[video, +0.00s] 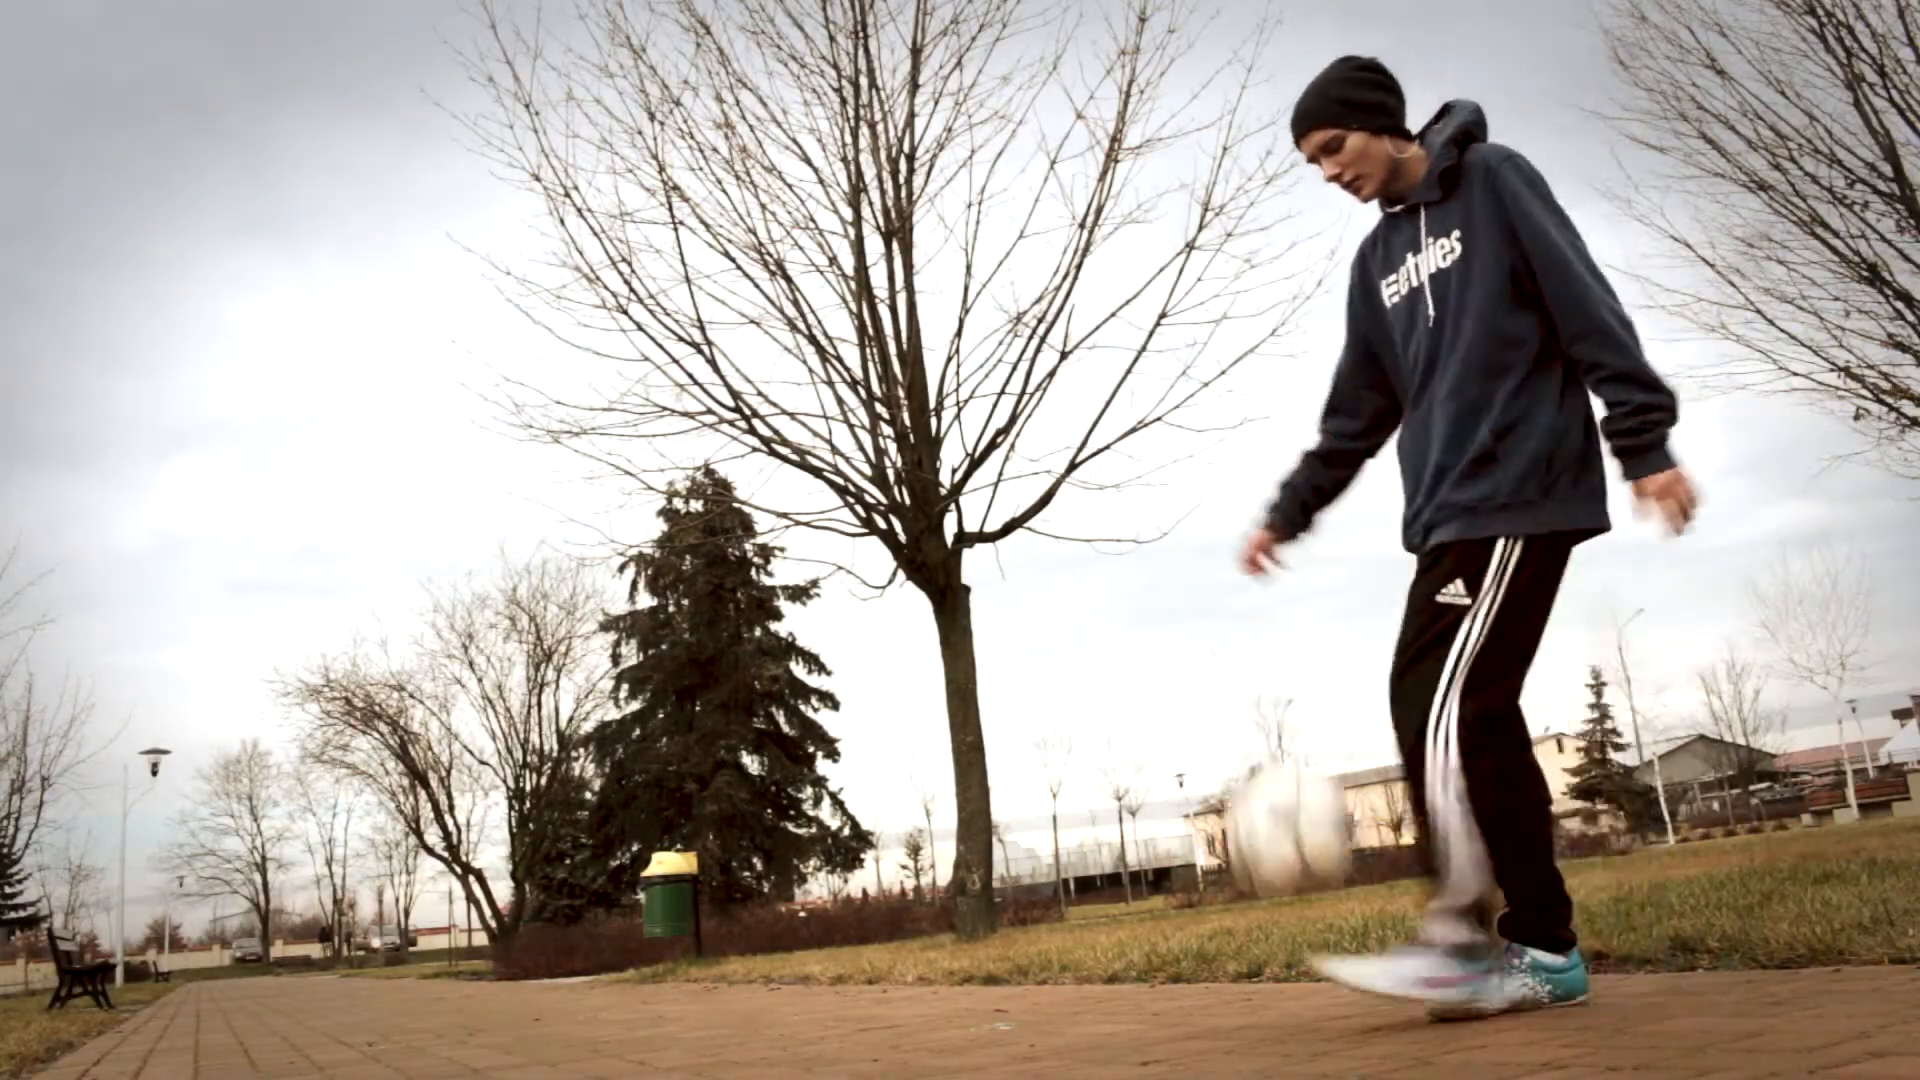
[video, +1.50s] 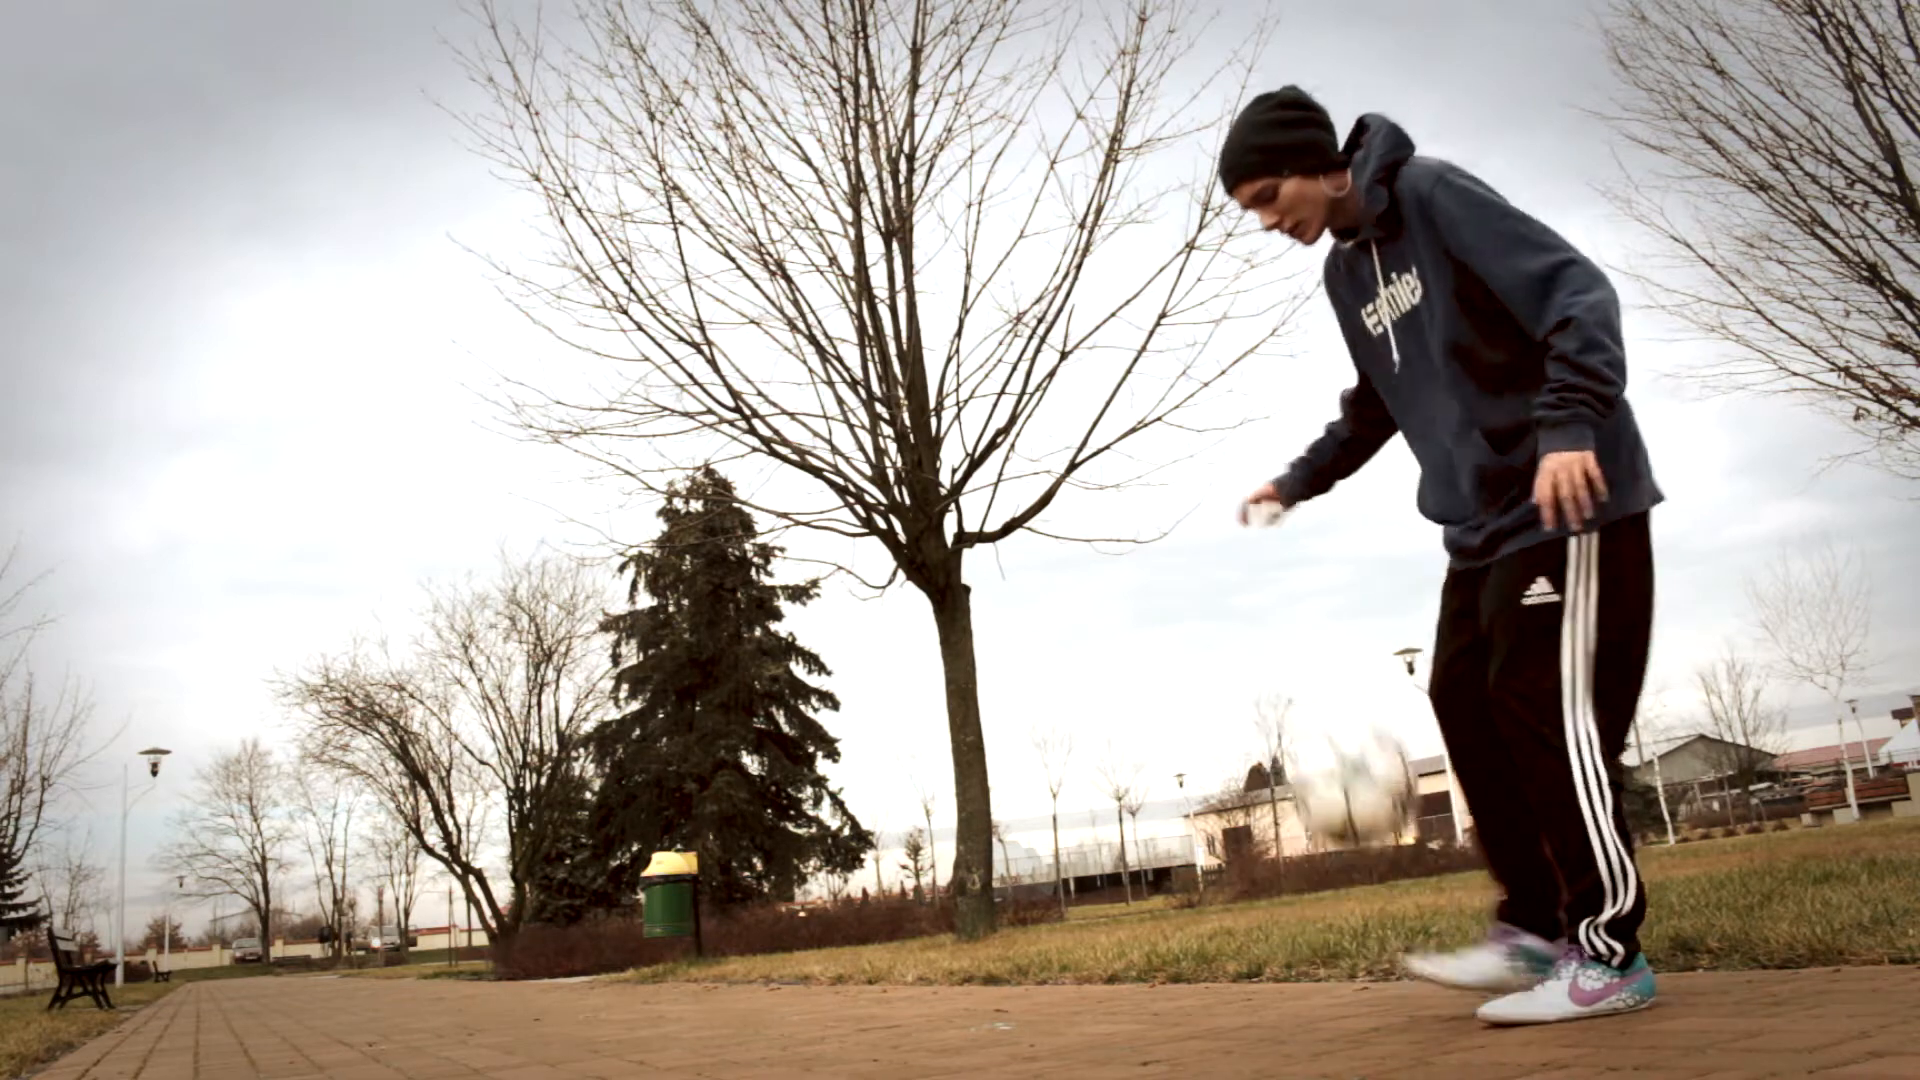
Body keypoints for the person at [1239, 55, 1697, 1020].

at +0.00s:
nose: (1333, 171)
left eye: (1337, 147)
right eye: (1318, 162)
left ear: (1387, 119)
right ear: (1328, 164)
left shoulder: (1490, 178)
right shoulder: (1377, 257)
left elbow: (1584, 301)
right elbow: (1360, 404)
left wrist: (1645, 445)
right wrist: (1286, 512)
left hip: (1525, 491)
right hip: (1449, 510)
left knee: (1429, 695)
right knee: (1479, 716)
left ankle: (1467, 930)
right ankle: (1546, 949)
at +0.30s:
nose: (1324, 161)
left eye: (1327, 136)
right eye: (1310, 151)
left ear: (1377, 107)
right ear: (1322, 153)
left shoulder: (1476, 167)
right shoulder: (1368, 247)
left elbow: (1572, 288)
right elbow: (1374, 398)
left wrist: (1624, 424)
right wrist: (1300, 456)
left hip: (1525, 491)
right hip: (1445, 512)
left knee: (1509, 713)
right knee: (1482, 726)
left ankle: (1566, 948)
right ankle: (1536, 945)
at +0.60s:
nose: (1314, 169)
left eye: (1316, 145)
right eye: (1301, 158)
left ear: (1364, 115)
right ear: (1325, 149)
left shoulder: (1466, 168)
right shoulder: (1380, 234)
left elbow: (1532, 320)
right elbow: (1429, 371)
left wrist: (1480, 446)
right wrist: (1435, 487)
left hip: (1546, 500)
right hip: (1458, 518)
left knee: (1563, 721)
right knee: (1443, 723)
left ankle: (1606, 949)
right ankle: (1450, 937)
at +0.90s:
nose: (1303, 179)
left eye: (1303, 156)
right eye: (1290, 168)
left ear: (1347, 123)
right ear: (1318, 154)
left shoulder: (1450, 163)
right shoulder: (1374, 237)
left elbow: (1544, 307)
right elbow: (1416, 386)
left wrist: (1543, 450)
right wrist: (1425, 518)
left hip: (1529, 494)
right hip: (1461, 516)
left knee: (1544, 714)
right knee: (1500, 724)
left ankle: (1600, 948)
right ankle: (1559, 942)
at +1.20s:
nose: (1284, 192)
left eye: (1284, 168)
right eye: (1270, 180)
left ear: (1326, 133)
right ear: (1286, 171)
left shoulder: (1439, 173)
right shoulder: (1352, 259)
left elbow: (1562, 287)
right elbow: (1386, 412)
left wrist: (1629, 420)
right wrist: (1345, 497)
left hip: (1541, 484)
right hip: (1474, 510)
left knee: (1476, 697)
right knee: (1530, 716)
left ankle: (1463, 937)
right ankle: (1574, 947)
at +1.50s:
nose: (1268, 222)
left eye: (1268, 200)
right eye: (1254, 211)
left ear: (1310, 164)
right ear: (1276, 190)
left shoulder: (1428, 192)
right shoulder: (1347, 268)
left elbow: (1576, 289)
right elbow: (1386, 391)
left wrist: (1571, 432)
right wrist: (1297, 481)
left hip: (1565, 495)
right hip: (1483, 521)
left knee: (1550, 709)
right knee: (1466, 701)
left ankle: (1609, 955)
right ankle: (1533, 930)